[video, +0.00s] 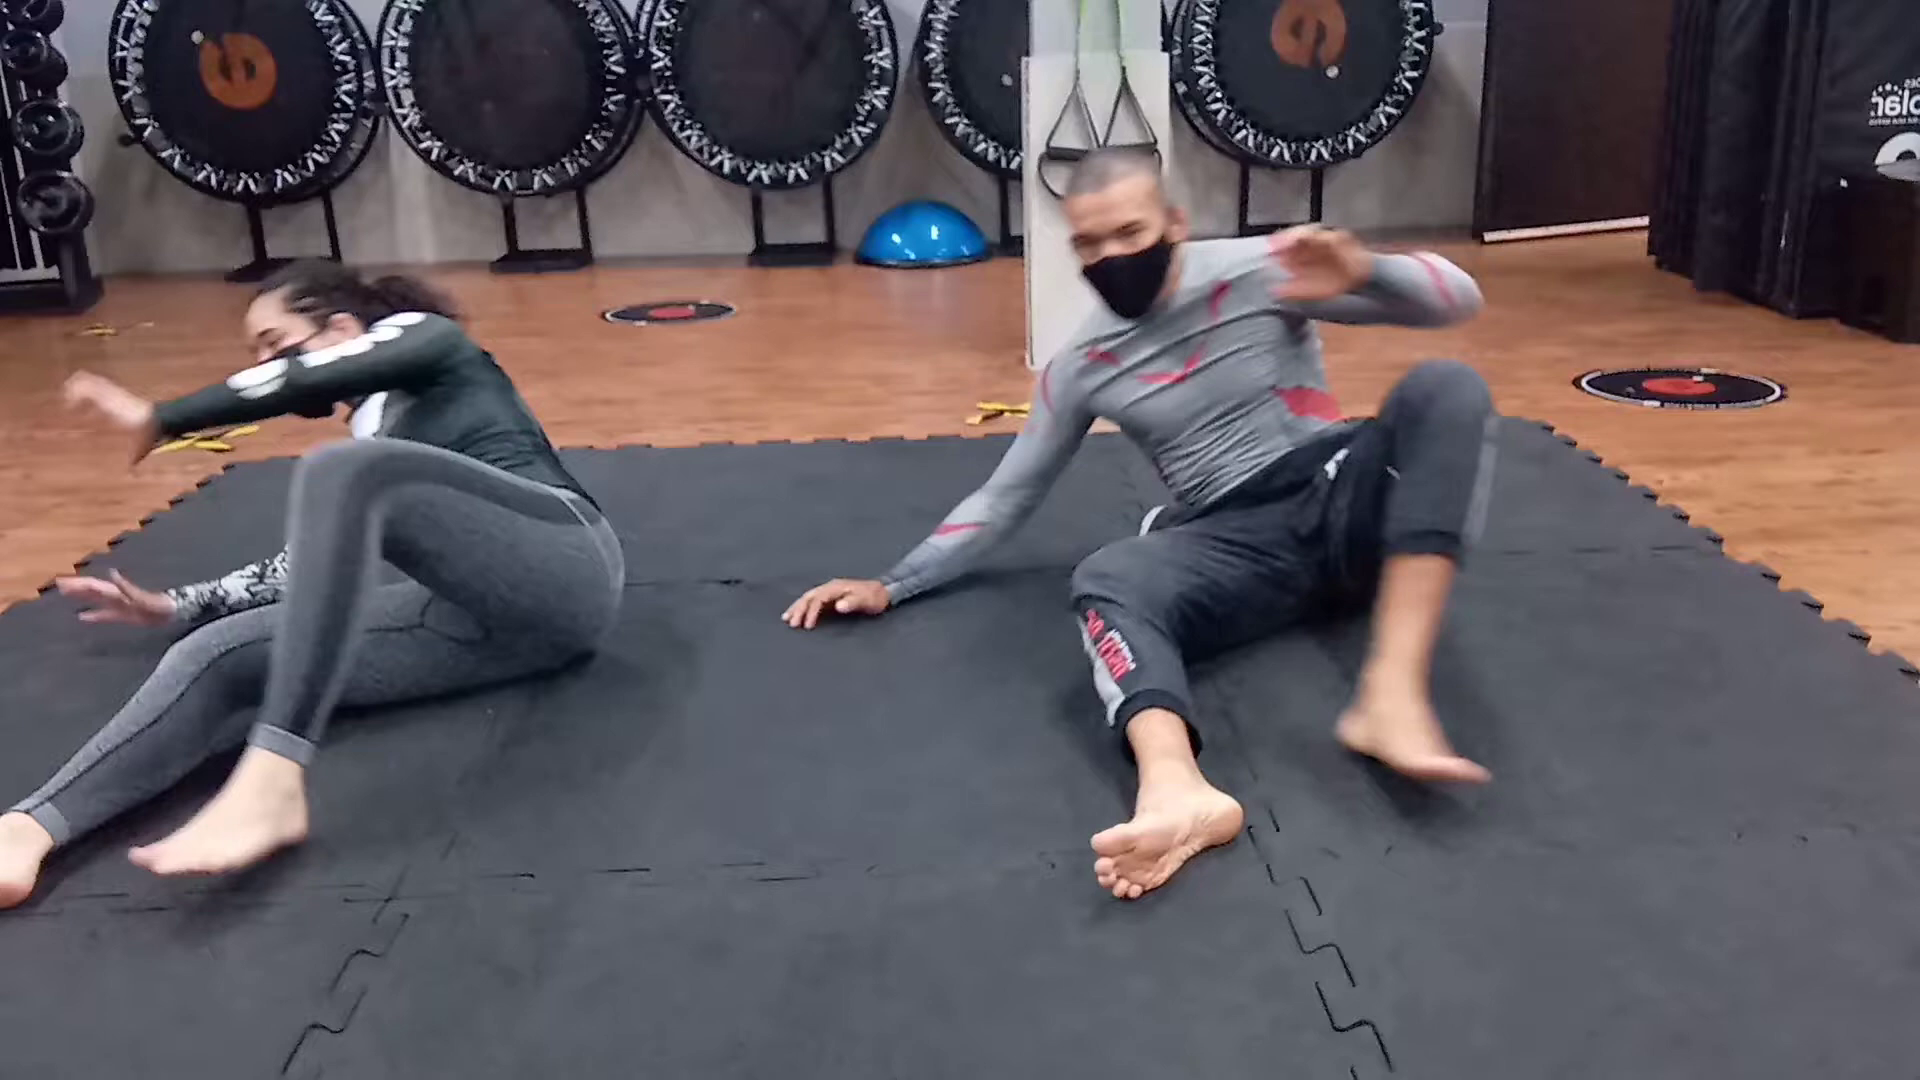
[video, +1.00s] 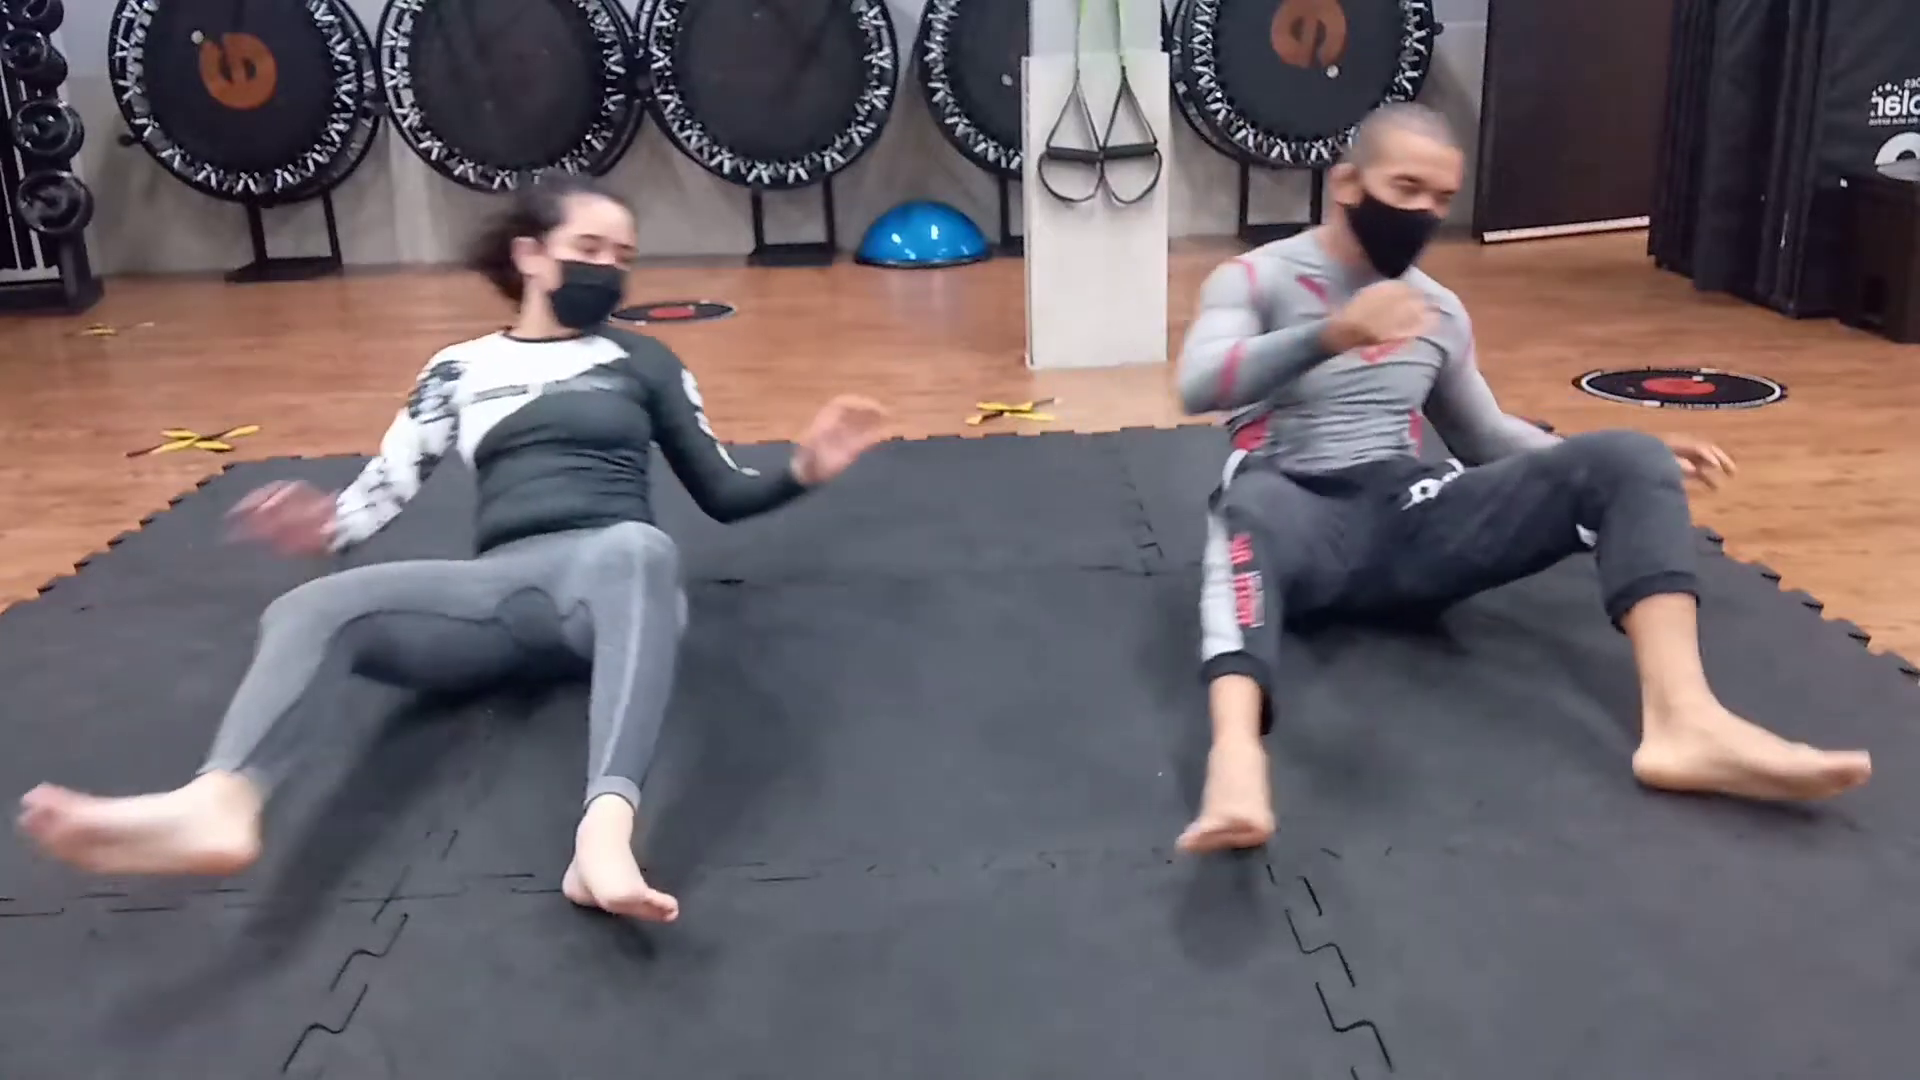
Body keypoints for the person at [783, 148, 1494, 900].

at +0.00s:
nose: (1110, 258)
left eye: (1129, 233)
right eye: (1088, 242)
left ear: (1173, 222)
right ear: (1070, 246)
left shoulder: (1261, 265)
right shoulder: (1079, 365)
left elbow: (1458, 300)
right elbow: (1003, 497)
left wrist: (1372, 277)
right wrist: (892, 587)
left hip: (1337, 494)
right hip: (1225, 543)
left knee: (1448, 388)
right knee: (1109, 578)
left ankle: (1393, 694)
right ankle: (1175, 787)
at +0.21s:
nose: (1152, 239)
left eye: (1172, 216)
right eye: (1131, 224)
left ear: (1214, 209)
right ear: (1110, 230)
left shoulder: (1298, 270)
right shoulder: (1100, 348)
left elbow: (1478, 335)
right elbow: (1009, 476)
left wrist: (1435, 286)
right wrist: (894, 586)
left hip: (1354, 495)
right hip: (1234, 537)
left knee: (1485, 405)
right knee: (1116, 576)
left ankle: (1461, 708)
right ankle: (1176, 785)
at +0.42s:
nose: (1228, 223)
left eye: (1250, 202)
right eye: (1205, 204)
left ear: (1280, 202)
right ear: (1170, 210)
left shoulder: (1340, 274)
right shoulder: (1136, 329)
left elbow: (1466, 366)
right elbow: (1055, 445)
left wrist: (1511, 341)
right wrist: (982, 516)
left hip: (1369, 489)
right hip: (1244, 529)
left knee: (1522, 434)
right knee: (1127, 578)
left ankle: (1516, 721)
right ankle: (1179, 785)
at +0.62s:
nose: (1292, 213)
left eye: (1312, 196)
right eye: (1272, 192)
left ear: (1334, 199)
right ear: (1229, 193)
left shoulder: (1369, 287)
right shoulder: (1169, 307)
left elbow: (1468, 393)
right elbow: (1083, 441)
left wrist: (1573, 377)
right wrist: (1107, 435)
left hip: (1382, 494)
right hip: (1252, 524)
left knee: (1552, 440)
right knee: (1148, 556)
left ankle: (1550, 716)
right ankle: (1184, 779)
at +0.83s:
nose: (1363, 210)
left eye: (1382, 195)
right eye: (1345, 186)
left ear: (1397, 202)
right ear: (1292, 185)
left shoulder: (1407, 301)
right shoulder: (1214, 290)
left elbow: (1470, 419)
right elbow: (1150, 415)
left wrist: (1596, 420)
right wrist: (1241, 369)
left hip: (1404, 508)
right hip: (1277, 521)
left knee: (1593, 446)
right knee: (1191, 538)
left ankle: (1638, 713)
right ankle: (1205, 778)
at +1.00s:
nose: (1423, 212)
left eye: (1440, 198)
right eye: (1405, 188)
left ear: (1451, 205)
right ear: (1343, 183)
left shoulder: (1437, 312)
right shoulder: (1253, 279)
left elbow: (1490, 437)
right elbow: (1197, 387)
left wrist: (1636, 466)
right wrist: (1326, 337)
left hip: (1419, 519)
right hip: (1302, 520)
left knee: (1625, 458)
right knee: (1246, 503)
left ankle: (1681, 715)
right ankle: (1234, 756)